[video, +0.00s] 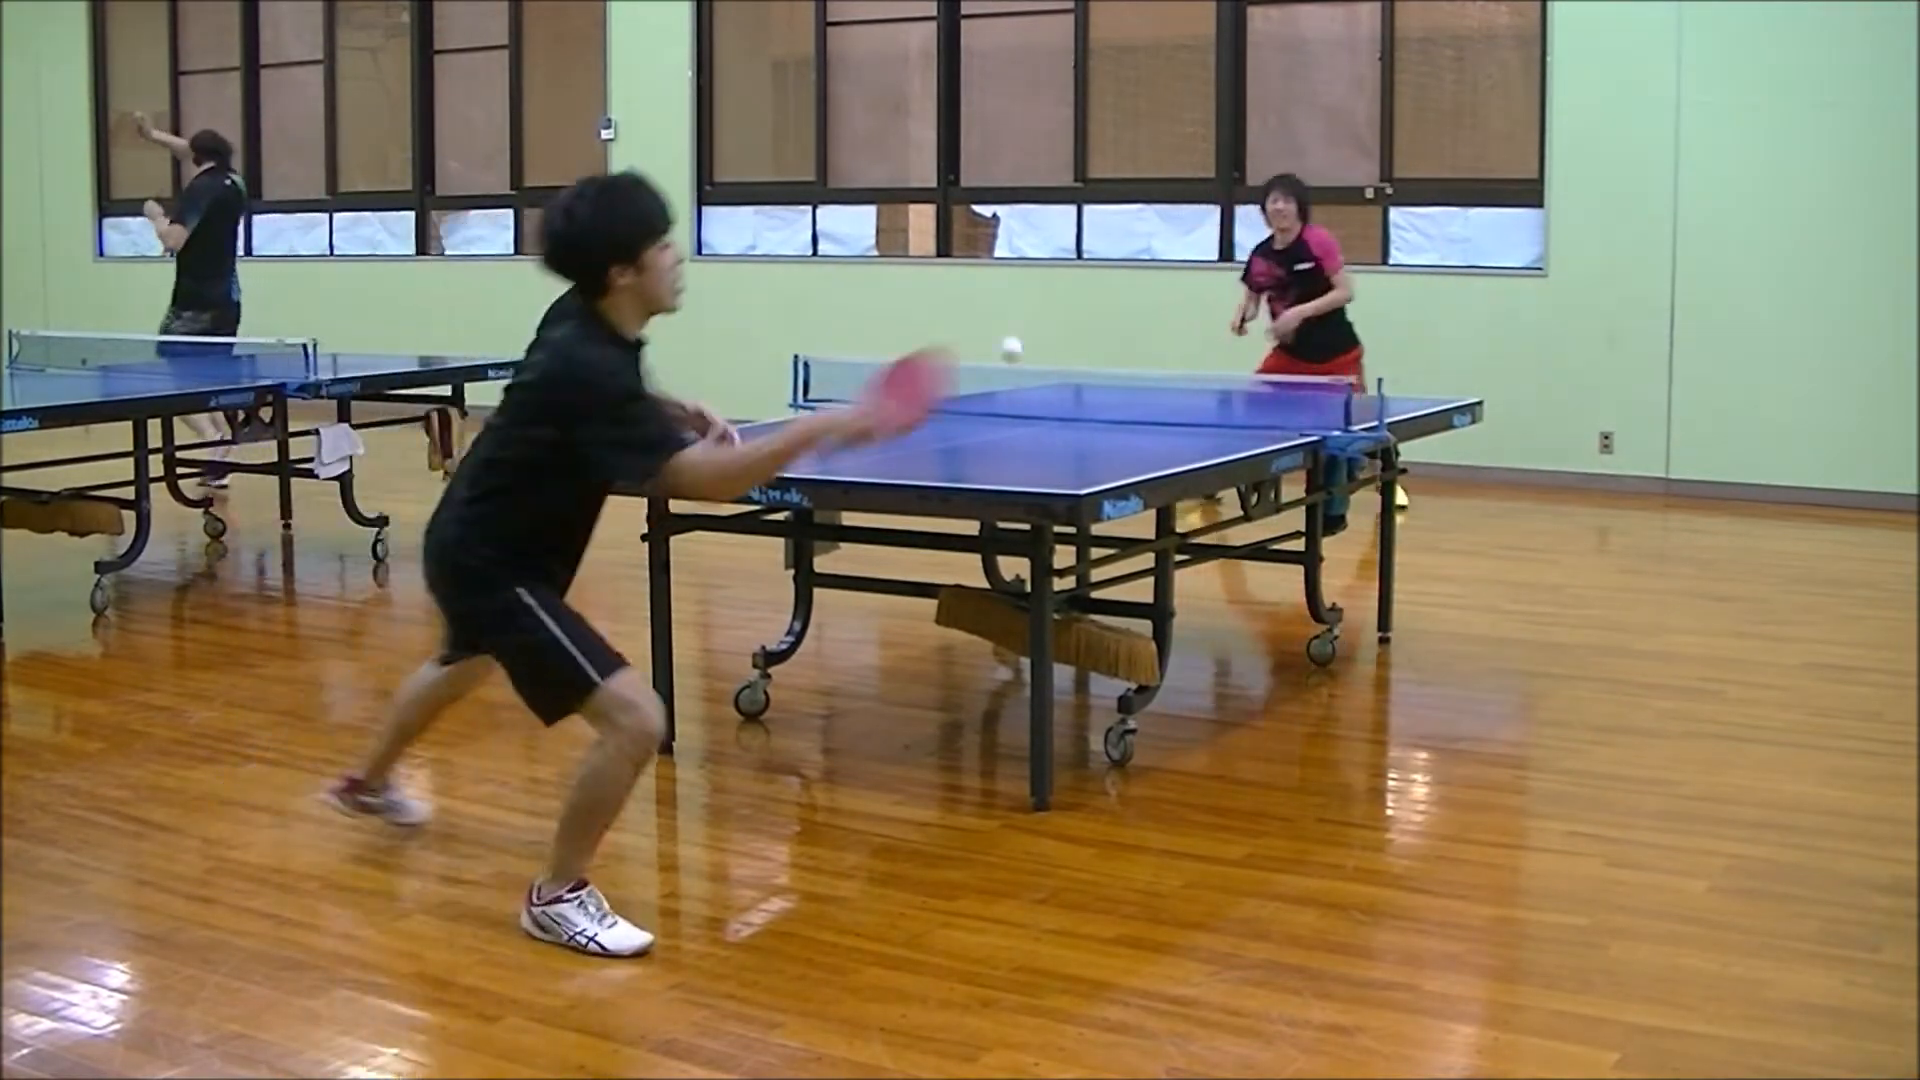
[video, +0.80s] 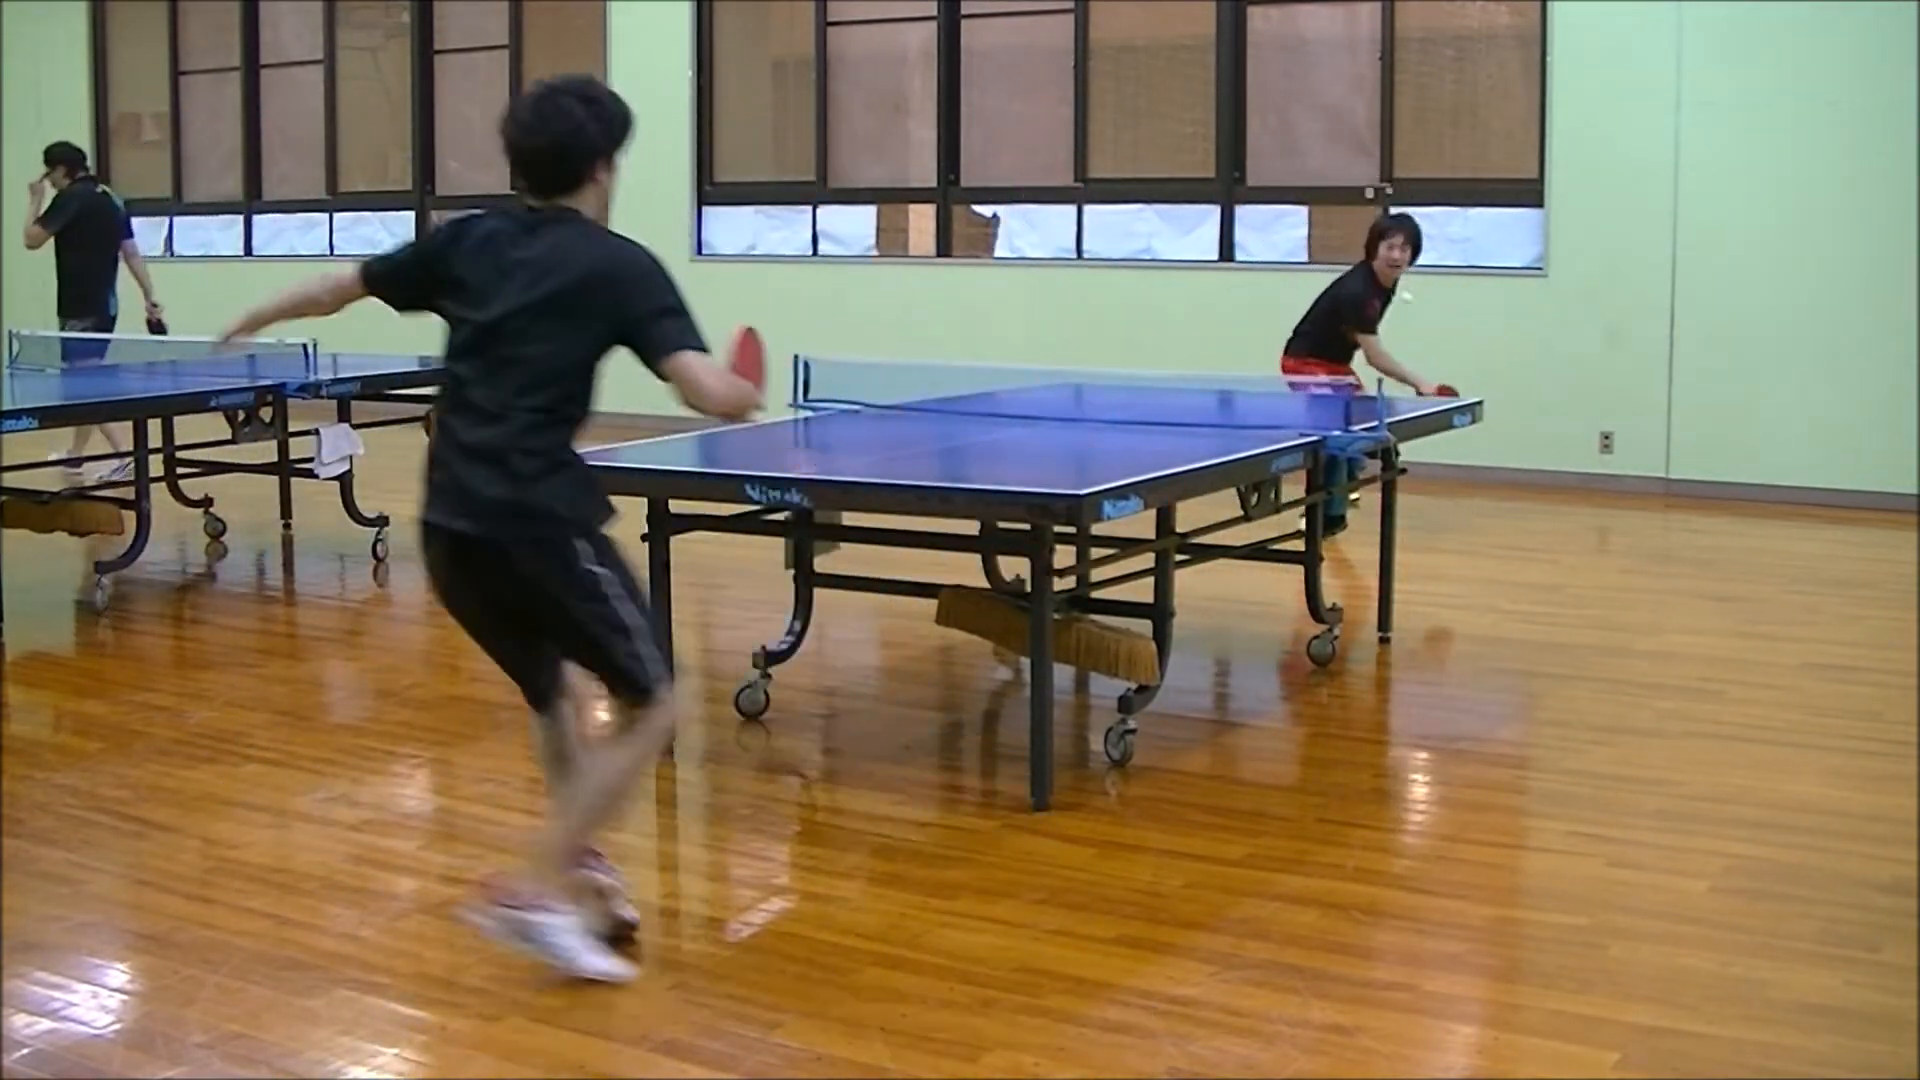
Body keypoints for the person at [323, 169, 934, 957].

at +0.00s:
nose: (679, 258)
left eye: (673, 244)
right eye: (665, 248)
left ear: (618, 271)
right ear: (620, 274)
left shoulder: (587, 324)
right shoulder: (588, 370)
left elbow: (599, 406)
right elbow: (707, 477)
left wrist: (674, 415)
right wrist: (821, 428)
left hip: (477, 547)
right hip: (492, 568)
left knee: (464, 664)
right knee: (635, 722)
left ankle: (366, 778)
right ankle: (558, 894)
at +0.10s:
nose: (743, 225)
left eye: (737, 209)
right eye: (733, 213)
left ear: (662, 229)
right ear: (695, 234)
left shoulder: (602, 282)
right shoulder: (695, 333)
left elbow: (562, 350)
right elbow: (870, 362)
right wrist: (978, 284)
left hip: (511, 523)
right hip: (547, 553)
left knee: (591, 640)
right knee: (709, 729)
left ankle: (495, 784)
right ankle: (569, 868)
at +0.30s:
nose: (854, 253)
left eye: (848, 238)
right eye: (849, 240)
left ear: (755, 251)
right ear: (826, 255)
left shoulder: (692, 337)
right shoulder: (847, 344)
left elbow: (634, 477)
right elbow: (1020, 337)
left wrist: (728, 451)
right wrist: (1043, 226)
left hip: (657, 609)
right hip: (759, 613)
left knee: (701, 716)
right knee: (928, 780)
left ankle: (660, 905)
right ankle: (1011, 999)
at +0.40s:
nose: (875, 331)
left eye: (866, 318)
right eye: (872, 320)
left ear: (779, 338)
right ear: (861, 332)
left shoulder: (733, 438)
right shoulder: (900, 425)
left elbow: (672, 589)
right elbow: (1044, 492)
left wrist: (717, 622)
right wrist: (1112, 409)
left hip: (734, 678)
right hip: (849, 679)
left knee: (722, 745)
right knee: (1031, 844)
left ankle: (674, 916)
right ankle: (1104, 1028)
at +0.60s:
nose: (760, 289)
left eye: (749, 278)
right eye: (755, 278)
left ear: (665, 302)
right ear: (745, 295)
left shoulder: (624, 395)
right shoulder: (792, 383)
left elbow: (507, 444)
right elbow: (843, 496)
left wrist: (552, 375)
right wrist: (906, 524)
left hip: (679, 658)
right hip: (798, 656)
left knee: (627, 742)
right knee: (932, 807)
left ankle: (660, 925)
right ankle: (1070, 1002)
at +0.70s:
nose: (687, 223)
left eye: (682, 211)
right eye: (682, 213)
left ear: (585, 229)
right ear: (668, 226)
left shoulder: (539, 304)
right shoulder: (697, 312)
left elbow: (414, 322)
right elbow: (776, 420)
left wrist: (419, 268)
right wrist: (820, 433)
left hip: (558, 583)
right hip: (660, 576)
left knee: (595, 746)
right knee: (808, 737)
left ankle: (652, 920)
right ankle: (838, 962)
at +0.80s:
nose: (618, 169)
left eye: (615, 155)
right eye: (616, 157)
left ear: (519, 159)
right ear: (604, 166)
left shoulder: (471, 238)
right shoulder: (618, 266)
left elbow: (342, 286)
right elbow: (711, 395)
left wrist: (254, 318)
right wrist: (742, 388)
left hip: (451, 532)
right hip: (540, 526)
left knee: (556, 698)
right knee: (655, 706)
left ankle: (587, 877)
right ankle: (536, 887)